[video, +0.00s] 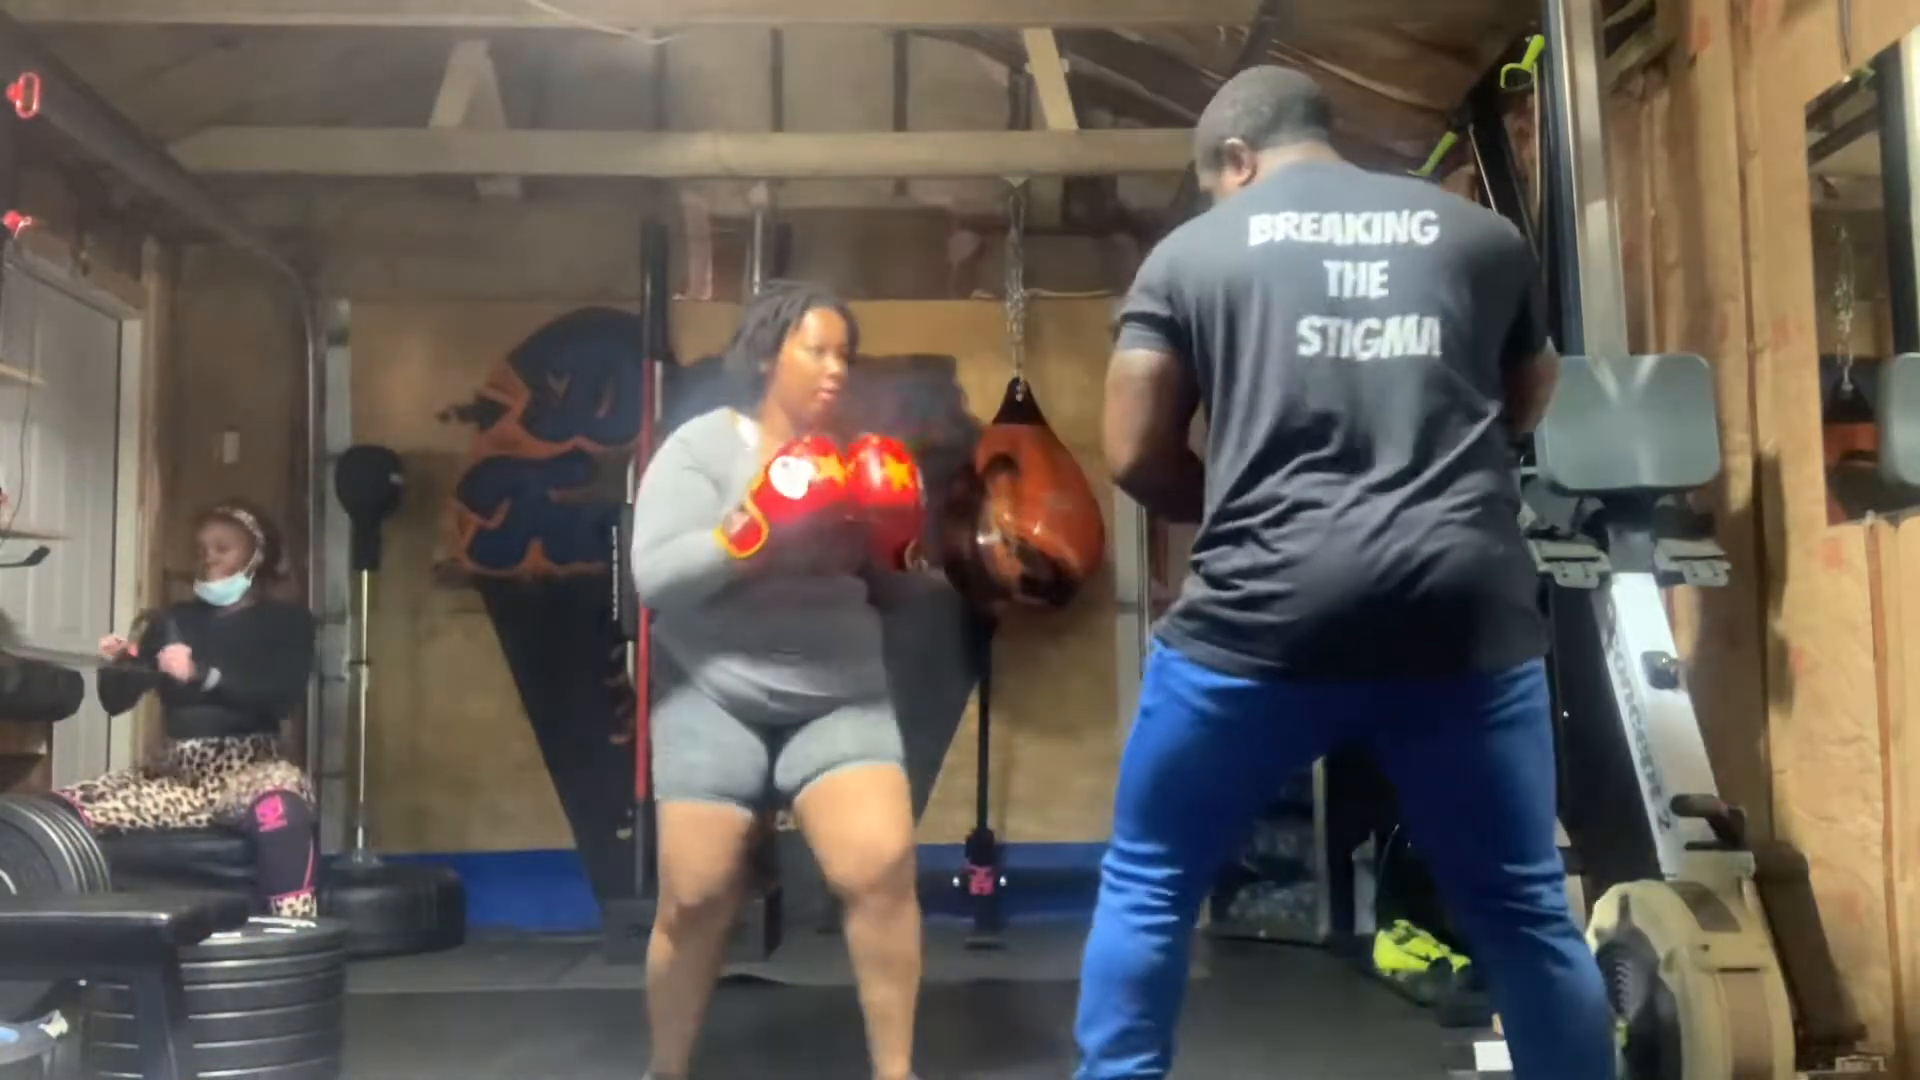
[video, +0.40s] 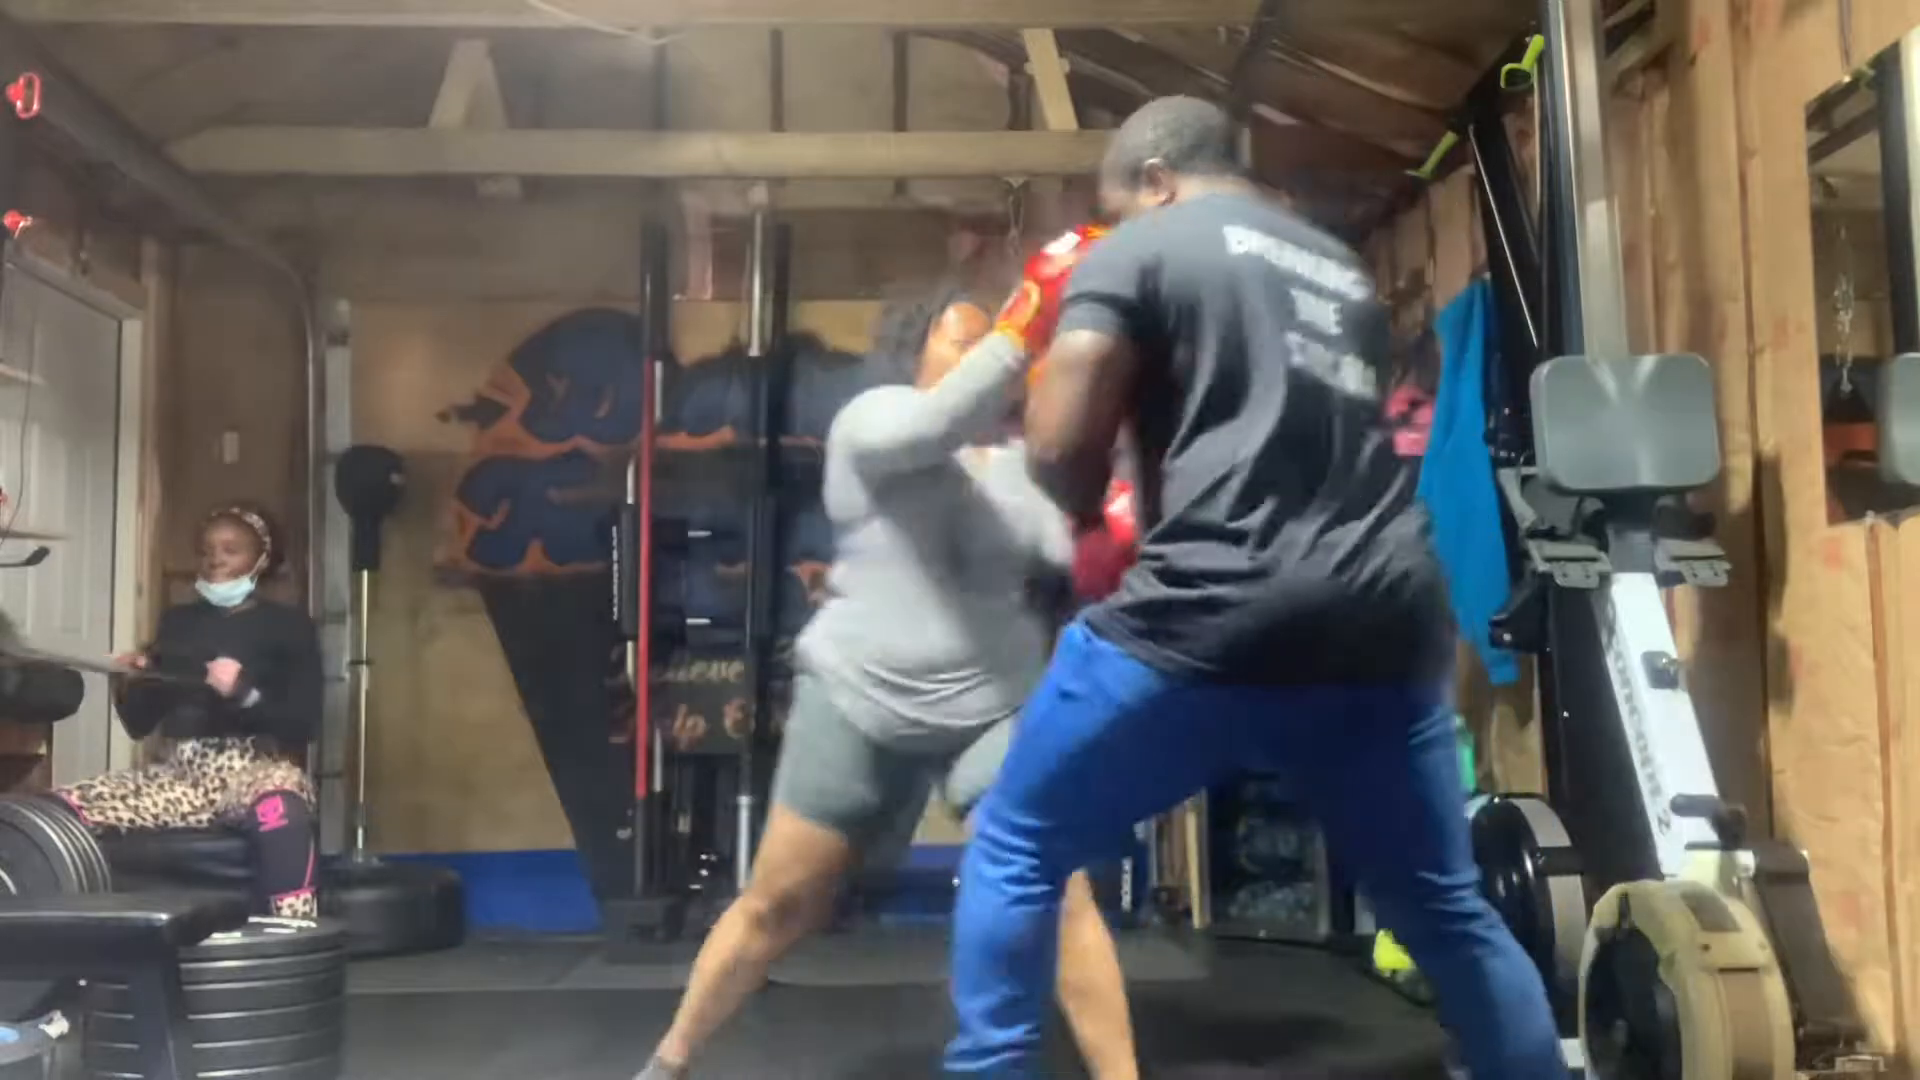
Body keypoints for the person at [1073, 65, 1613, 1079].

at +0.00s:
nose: (1212, 203)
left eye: (1209, 185)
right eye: (1210, 188)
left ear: (1239, 159)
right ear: (1331, 141)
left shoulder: (1189, 253)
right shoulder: (1485, 232)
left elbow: (1137, 456)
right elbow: (1523, 408)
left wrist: (1241, 502)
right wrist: (1409, 455)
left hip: (1269, 603)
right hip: (1472, 604)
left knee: (1150, 878)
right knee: (1527, 908)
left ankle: (1115, 1073)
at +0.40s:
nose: (1118, 219)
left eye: (1116, 204)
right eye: (1113, 207)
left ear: (1154, 181)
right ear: (1234, 172)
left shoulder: (1136, 246)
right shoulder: (1343, 262)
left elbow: (1059, 444)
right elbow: (1333, 428)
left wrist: (1085, 508)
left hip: (1209, 610)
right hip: (1386, 615)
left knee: (1018, 843)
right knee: (1444, 903)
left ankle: (990, 1064)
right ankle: (1545, 1071)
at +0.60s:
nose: (916, 303)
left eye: (915, 287)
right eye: (912, 287)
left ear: (947, 265)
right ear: (1044, 251)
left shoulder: (947, 338)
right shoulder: (1187, 341)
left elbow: (841, 508)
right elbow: (1289, 505)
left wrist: (895, 538)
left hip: (1069, 704)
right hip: (1262, 707)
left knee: (869, 916)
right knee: (1378, 943)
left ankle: (770, 1071)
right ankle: (1503, 1073)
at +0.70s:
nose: (784, 311)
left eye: (786, 296)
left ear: (806, 287)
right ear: (920, 266)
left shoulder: (790, 367)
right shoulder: (1036, 350)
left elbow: (720, 556)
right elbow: (1136, 504)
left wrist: (794, 515)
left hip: (939, 673)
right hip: (1130, 665)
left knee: (758, 894)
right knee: (1284, 920)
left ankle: (696, 1069)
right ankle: (1449, 1073)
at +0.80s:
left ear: (719, 287)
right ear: (831, 268)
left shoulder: (679, 376)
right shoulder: (944, 342)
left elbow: (639, 573)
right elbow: (1031, 508)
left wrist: (713, 515)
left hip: (830, 658)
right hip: (1022, 649)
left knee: (672, 896)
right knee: (1152, 920)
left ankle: (665, 1072)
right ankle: (1285, 1071)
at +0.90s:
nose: (791, 263)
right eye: (789, 252)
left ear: (672, 271)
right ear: (774, 248)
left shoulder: (610, 371)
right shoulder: (886, 324)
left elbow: (599, 564)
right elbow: (969, 488)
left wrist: (682, 490)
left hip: (728, 657)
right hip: (928, 648)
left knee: (626, 904)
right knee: (1005, 918)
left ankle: (639, 1069)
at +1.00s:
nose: (770, 240)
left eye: (765, 231)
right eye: (765, 227)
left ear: (643, 236)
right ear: (737, 220)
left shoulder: (561, 356)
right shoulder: (833, 293)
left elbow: (568, 541)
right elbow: (909, 407)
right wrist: (935, 508)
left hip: (645, 652)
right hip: (834, 648)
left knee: (615, 891)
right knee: (902, 915)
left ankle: (630, 1069)